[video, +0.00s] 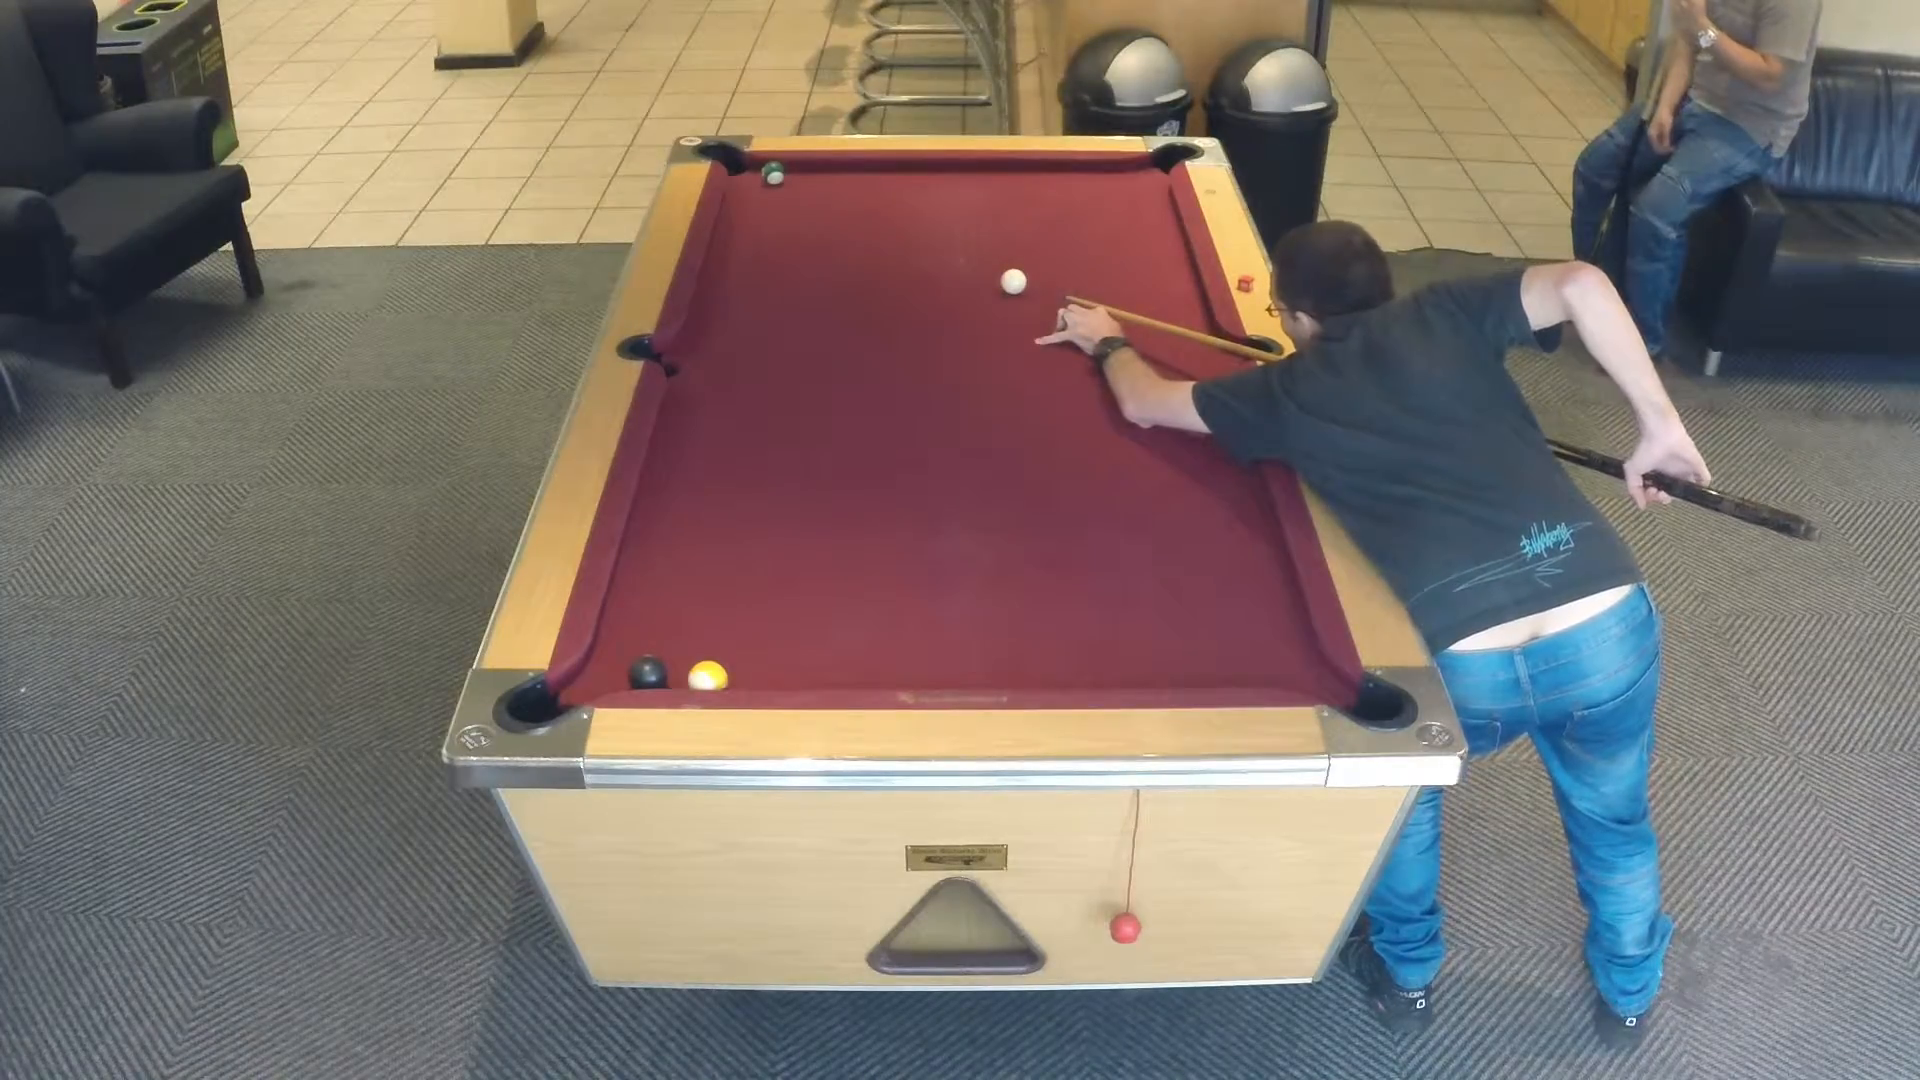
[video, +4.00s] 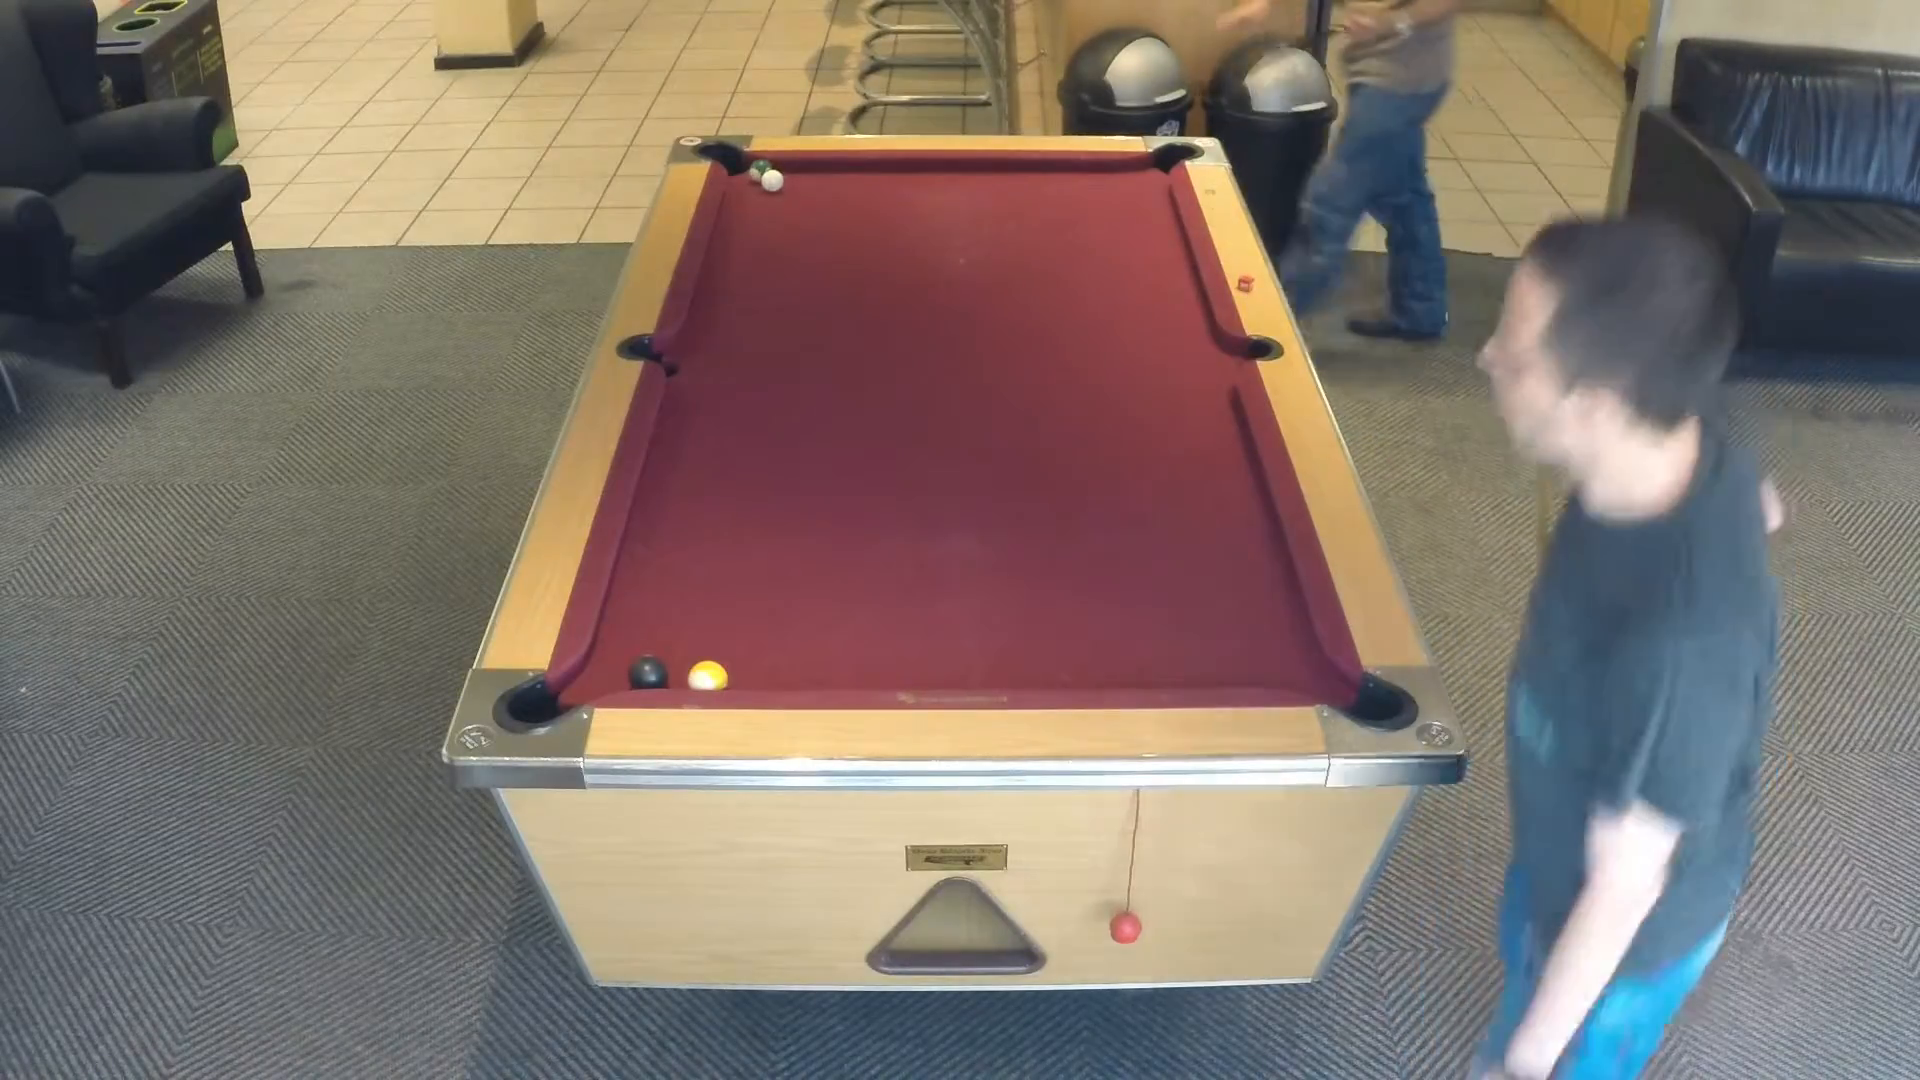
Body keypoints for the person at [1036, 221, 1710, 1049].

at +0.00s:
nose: (1278, 316)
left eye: (1280, 305)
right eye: (1280, 303)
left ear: (1302, 319)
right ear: (1385, 287)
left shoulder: (1288, 390)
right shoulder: (1451, 310)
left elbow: (1146, 402)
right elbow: (1581, 284)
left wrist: (1108, 341)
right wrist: (1661, 420)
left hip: (1464, 662)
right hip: (1605, 620)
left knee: (1402, 774)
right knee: (1617, 819)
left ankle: (1409, 967)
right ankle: (1631, 989)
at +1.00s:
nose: (1281, 318)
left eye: (1283, 306)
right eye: (1279, 305)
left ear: (1298, 318)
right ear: (1386, 290)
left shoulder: (1289, 389)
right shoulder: (1451, 312)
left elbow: (1143, 400)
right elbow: (1586, 291)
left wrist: (1105, 341)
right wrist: (1599, 420)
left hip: (1467, 659)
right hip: (1606, 621)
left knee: (1396, 766)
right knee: (1615, 820)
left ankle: (1407, 969)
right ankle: (1630, 992)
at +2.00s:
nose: (1278, 313)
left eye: (1280, 302)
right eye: (1278, 301)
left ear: (1298, 316)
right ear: (1385, 290)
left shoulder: (1286, 389)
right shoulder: (1450, 313)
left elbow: (1141, 399)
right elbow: (1589, 297)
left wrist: (1105, 341)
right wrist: (1603, 428)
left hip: (1468, 661)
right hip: (1606, 623)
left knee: (1394, 763)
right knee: (1615, 819)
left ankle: (1407, 966)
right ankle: (1631, 990)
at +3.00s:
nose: (1341, 189)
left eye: (1346, 175)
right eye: (1346, 171)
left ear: (1370, 194)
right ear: (1463, 180)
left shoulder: (1343, 300)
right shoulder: (1550, 251)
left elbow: (1277, 466)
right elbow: (1702, 385)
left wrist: (1247, 378)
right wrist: (1604, 446)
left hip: (1508, 640)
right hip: (1652, 621)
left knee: (1424, 780)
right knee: (1610, 831)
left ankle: (1404, 966)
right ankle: (1605, 1019)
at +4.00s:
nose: (1486, 357)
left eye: (1511, 347)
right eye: (1500, 334)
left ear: (1593, 405)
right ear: (1602, 398)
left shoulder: (1679, 641)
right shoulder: (1671, 441)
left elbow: (1627, 880)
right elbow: (1757, 510)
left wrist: (1529, 1057)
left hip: (1616, 942)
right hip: (1565, 859)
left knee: (1553, 1065)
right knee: (1532, 1011)